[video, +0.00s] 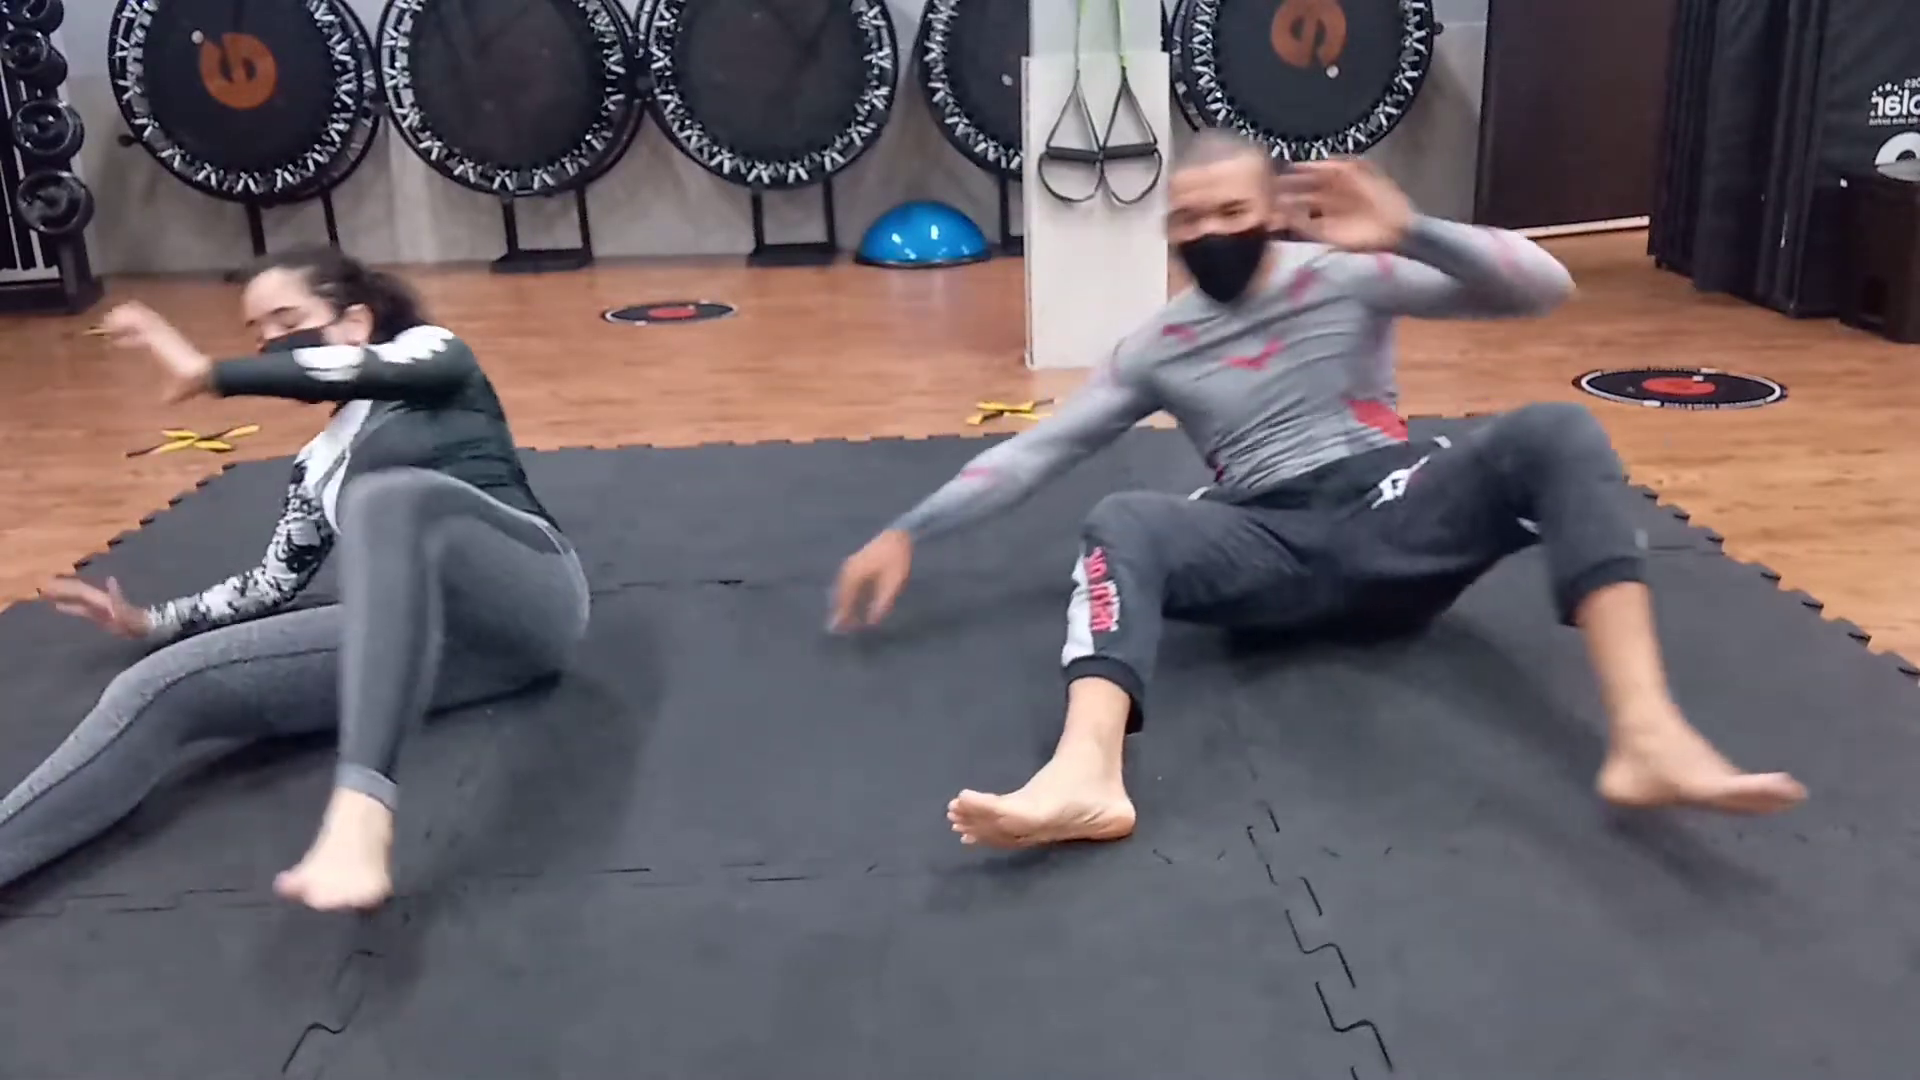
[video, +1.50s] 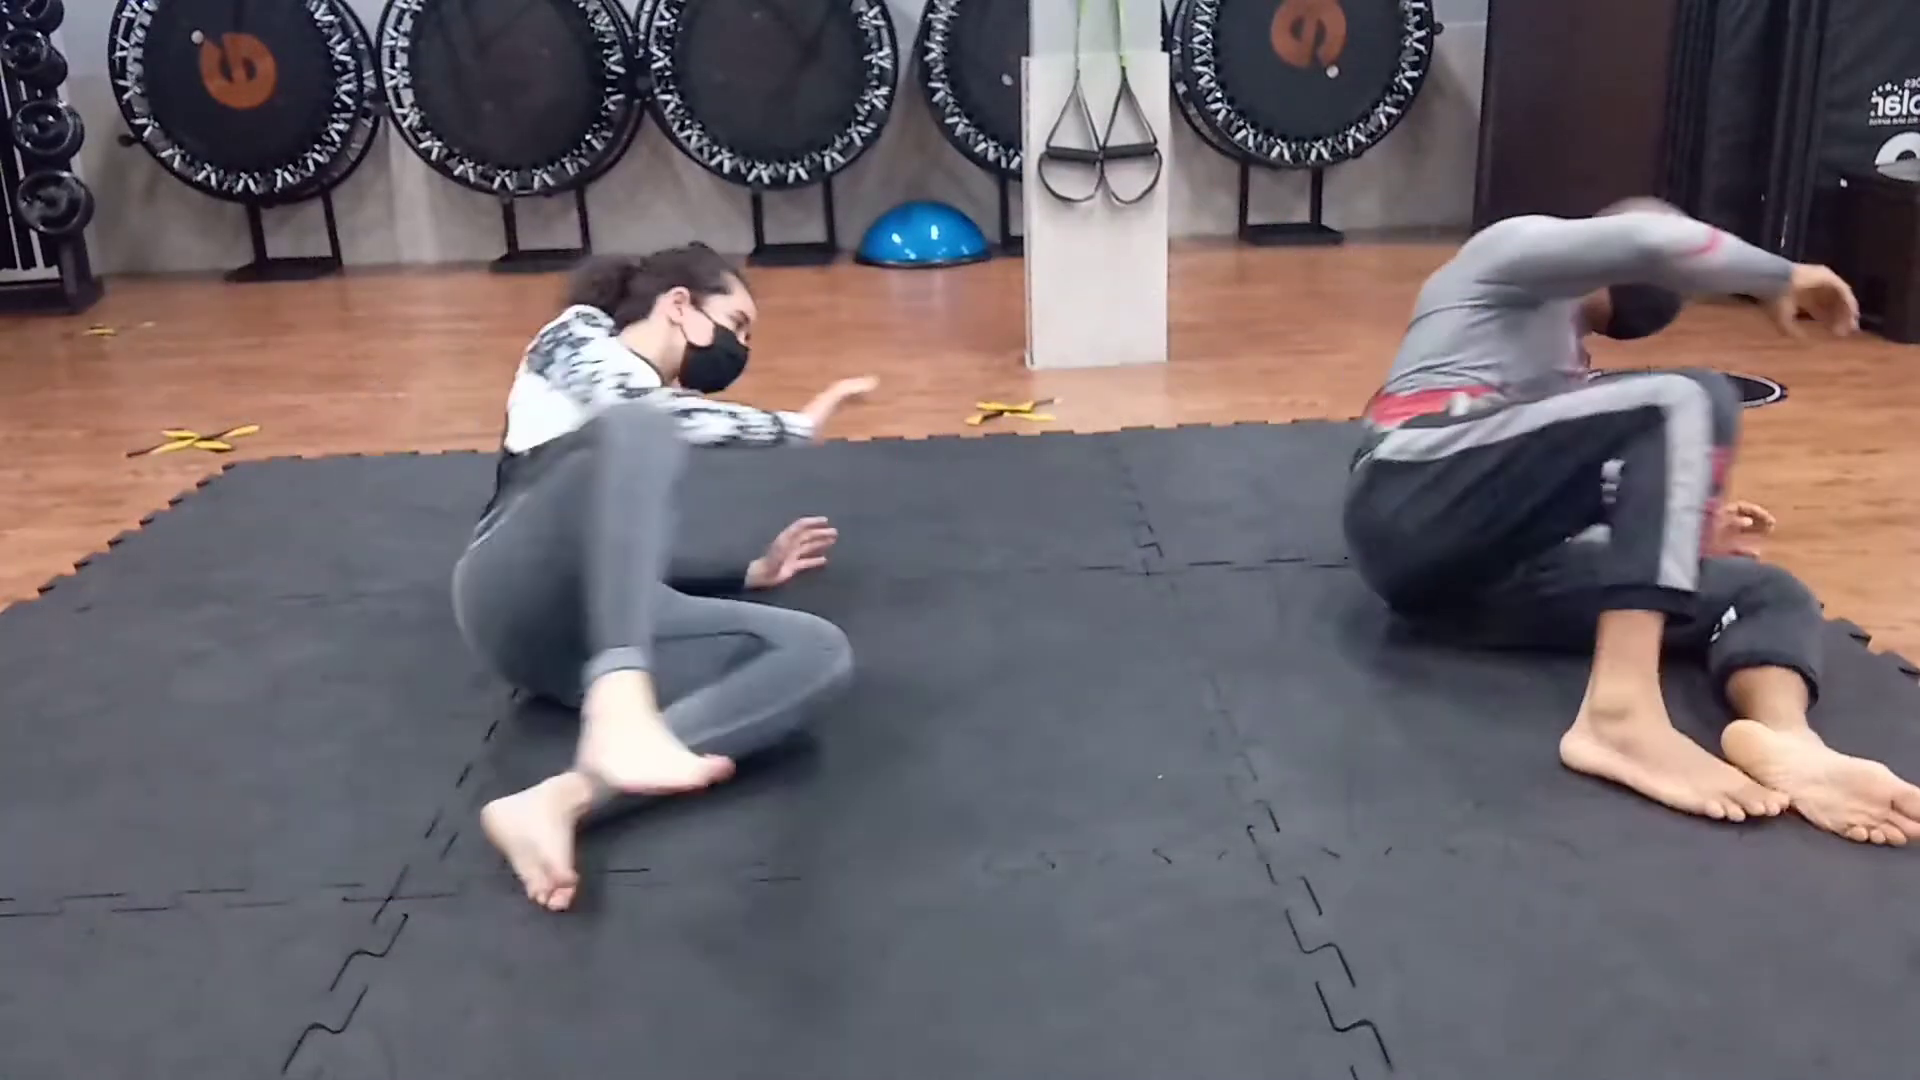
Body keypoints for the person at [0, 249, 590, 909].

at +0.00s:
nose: (269, 346)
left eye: (286, 325)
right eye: (257, 336)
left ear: (359, 319)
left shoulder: (437, 355)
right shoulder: (320, 467)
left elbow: (357, 367)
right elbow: (274, 586)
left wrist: (211, 373)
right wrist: (148, 624)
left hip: (530, 606)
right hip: (416, 652)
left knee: (386, 498)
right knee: (168, 684)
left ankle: (362, 807)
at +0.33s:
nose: (386, 285)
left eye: (406, 268)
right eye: (367, 270)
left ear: (445, 287)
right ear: (341, 294)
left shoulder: (504, 358)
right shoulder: (348, 422)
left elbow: (575, 426)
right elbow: (272, 549)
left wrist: (436, 366)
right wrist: (157, 636)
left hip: (538, 601)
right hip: (411, 614)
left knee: (470, 540)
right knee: (190, 666)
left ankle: (467, 837)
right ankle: (24, 875)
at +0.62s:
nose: (479, 277)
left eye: (498, 262)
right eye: (455, 262)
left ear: (523, 273)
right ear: (414, 277)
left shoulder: (565, 367)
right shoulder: (393, 398)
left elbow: (678, 485)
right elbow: (322, 535)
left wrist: (642, 432)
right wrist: (219, 610)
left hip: (553, 599)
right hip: (434, 609)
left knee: (520, 550)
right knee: (231, 653)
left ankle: (481, 857)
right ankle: (104, 877)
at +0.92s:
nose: (589, 271)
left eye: (604, 260)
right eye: (567, 252)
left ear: (616, 281)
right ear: (507, 267)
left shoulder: (631, 377)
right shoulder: (437, 367)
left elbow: (712, 507)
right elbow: (361, 494)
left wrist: (776, 475)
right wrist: (346, 496)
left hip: (573, 594)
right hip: (453, 597)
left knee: (599, 578)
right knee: (305, 608)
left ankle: (496, 878)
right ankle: (248, 846)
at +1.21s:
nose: (695, 311)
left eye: (699, 294)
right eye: (681, 288)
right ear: (611, 280)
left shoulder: (662, 402)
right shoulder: (511, 345)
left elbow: (645, 539)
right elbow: (471, 432)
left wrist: (753, 561)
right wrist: (614, 427)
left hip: (622, 597)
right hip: (518, 574)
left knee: (726, 623)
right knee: (472, 508)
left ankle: (532, 862)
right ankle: (458, 760)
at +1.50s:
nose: (742, 349)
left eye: (746, 336)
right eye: (735, 326)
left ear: (679, 314)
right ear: (677, 306)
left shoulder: (659, 408)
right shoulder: (575, 334)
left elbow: (622, 570)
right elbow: (650, 415)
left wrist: (749, 576)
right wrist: (796, 426)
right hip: (512, 599)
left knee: (819, 650)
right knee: (642, 423)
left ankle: (557, 800)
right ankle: (619, 702)